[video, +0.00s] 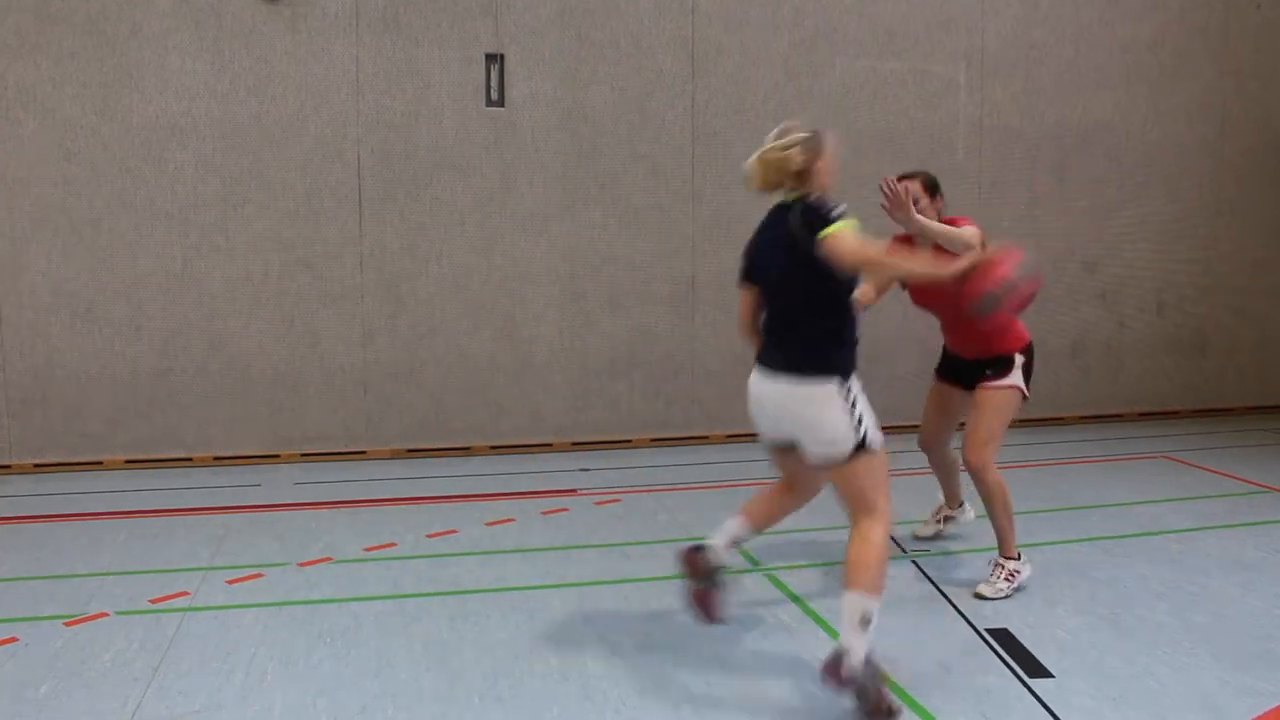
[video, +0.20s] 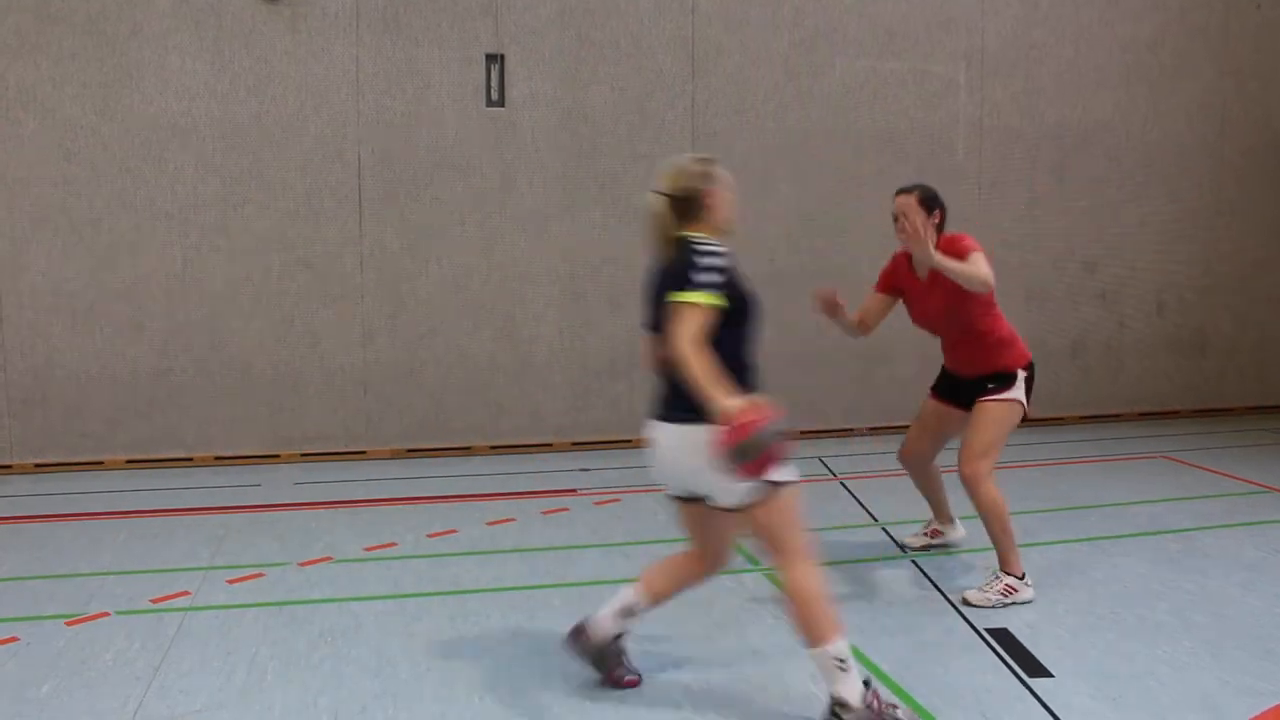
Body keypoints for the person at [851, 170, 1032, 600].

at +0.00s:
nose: (911, 213)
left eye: (917, 203)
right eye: (904, 207)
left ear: (937, 201)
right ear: (898, 213)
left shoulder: (963, 231)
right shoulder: (900, 247)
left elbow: (965, 243)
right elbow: (872, 286)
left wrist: (911, 219)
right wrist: (852, 302)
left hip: (1005, 354)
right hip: (959, 353)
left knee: (978, 458)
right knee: (932, 440)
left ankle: (1010, 559)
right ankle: (954, 504)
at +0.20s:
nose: (899, 227)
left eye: (904, 219)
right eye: (894, 220)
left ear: (932, 218)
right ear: (894, 224)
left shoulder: (959, 246)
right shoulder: (900, 267)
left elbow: (984, 281)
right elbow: (862, 327)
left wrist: (931, 257)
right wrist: (840, 316)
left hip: (1004, 372)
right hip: (958, 373)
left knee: (974, 470)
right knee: (914, 455)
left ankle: (1014, 576)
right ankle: (945, 525)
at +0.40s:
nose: (883, 240)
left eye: (890, 232)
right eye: (880, 233)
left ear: (918, 231)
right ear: (882, 237)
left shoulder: (944, 262)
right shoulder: (892, 277)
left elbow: (976, 314)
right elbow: (865, 335)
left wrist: (923, 300)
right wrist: (832, 341)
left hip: (991, 381)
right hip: (947, 383)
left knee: (959, 474)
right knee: (897, 454)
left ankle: (1014, 577)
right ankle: (930, 521)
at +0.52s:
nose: (866, 223)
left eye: (873, 215)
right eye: (864, 216)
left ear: (900, 215)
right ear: (872, 220)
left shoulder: (930, 249)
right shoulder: (879, 260)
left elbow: (969, 305)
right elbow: (868, 316)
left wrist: (917, 312)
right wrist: (834, 334)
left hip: (977, 359)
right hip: (936, 363)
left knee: (952, 454)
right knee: (902, 443)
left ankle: (996, 559)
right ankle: (931, 522)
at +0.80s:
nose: (842, 219)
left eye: (849, 211)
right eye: (840, 212)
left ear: (876, 215)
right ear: (862, 217)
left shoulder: (899, 251)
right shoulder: (866, 260)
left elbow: (932, 316)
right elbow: (886, 313)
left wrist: (896, 349)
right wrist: (853, 347)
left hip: (954, 353)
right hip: (919, 354)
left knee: (923, 449)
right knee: (886, 424)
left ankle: (973, 542)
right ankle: (896, 497)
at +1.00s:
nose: (825, 207)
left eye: (832, 200)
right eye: (824, 201)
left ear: (858, 204)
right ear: (831, 207)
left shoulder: (882, 240)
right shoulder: (846, 246)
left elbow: (910, 303)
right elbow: (863, 301)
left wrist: (868, 328)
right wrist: (836, 330)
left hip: (929, 340)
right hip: (894, 342)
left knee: (899, 429)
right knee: (872, 423)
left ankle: (948, 521)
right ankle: (895, 496)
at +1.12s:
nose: (816, 202)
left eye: (823, 195)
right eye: (815, 195)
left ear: (848, 198)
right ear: (837, 201)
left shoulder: (870, 234)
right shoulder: (842, 237)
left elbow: (899, 295)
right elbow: (862, 289)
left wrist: (854, 322)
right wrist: (832, 316)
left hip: (920, 334)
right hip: (887, 335)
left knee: (891, 427)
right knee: (858, 414)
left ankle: (925, 524)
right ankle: (877, 489)